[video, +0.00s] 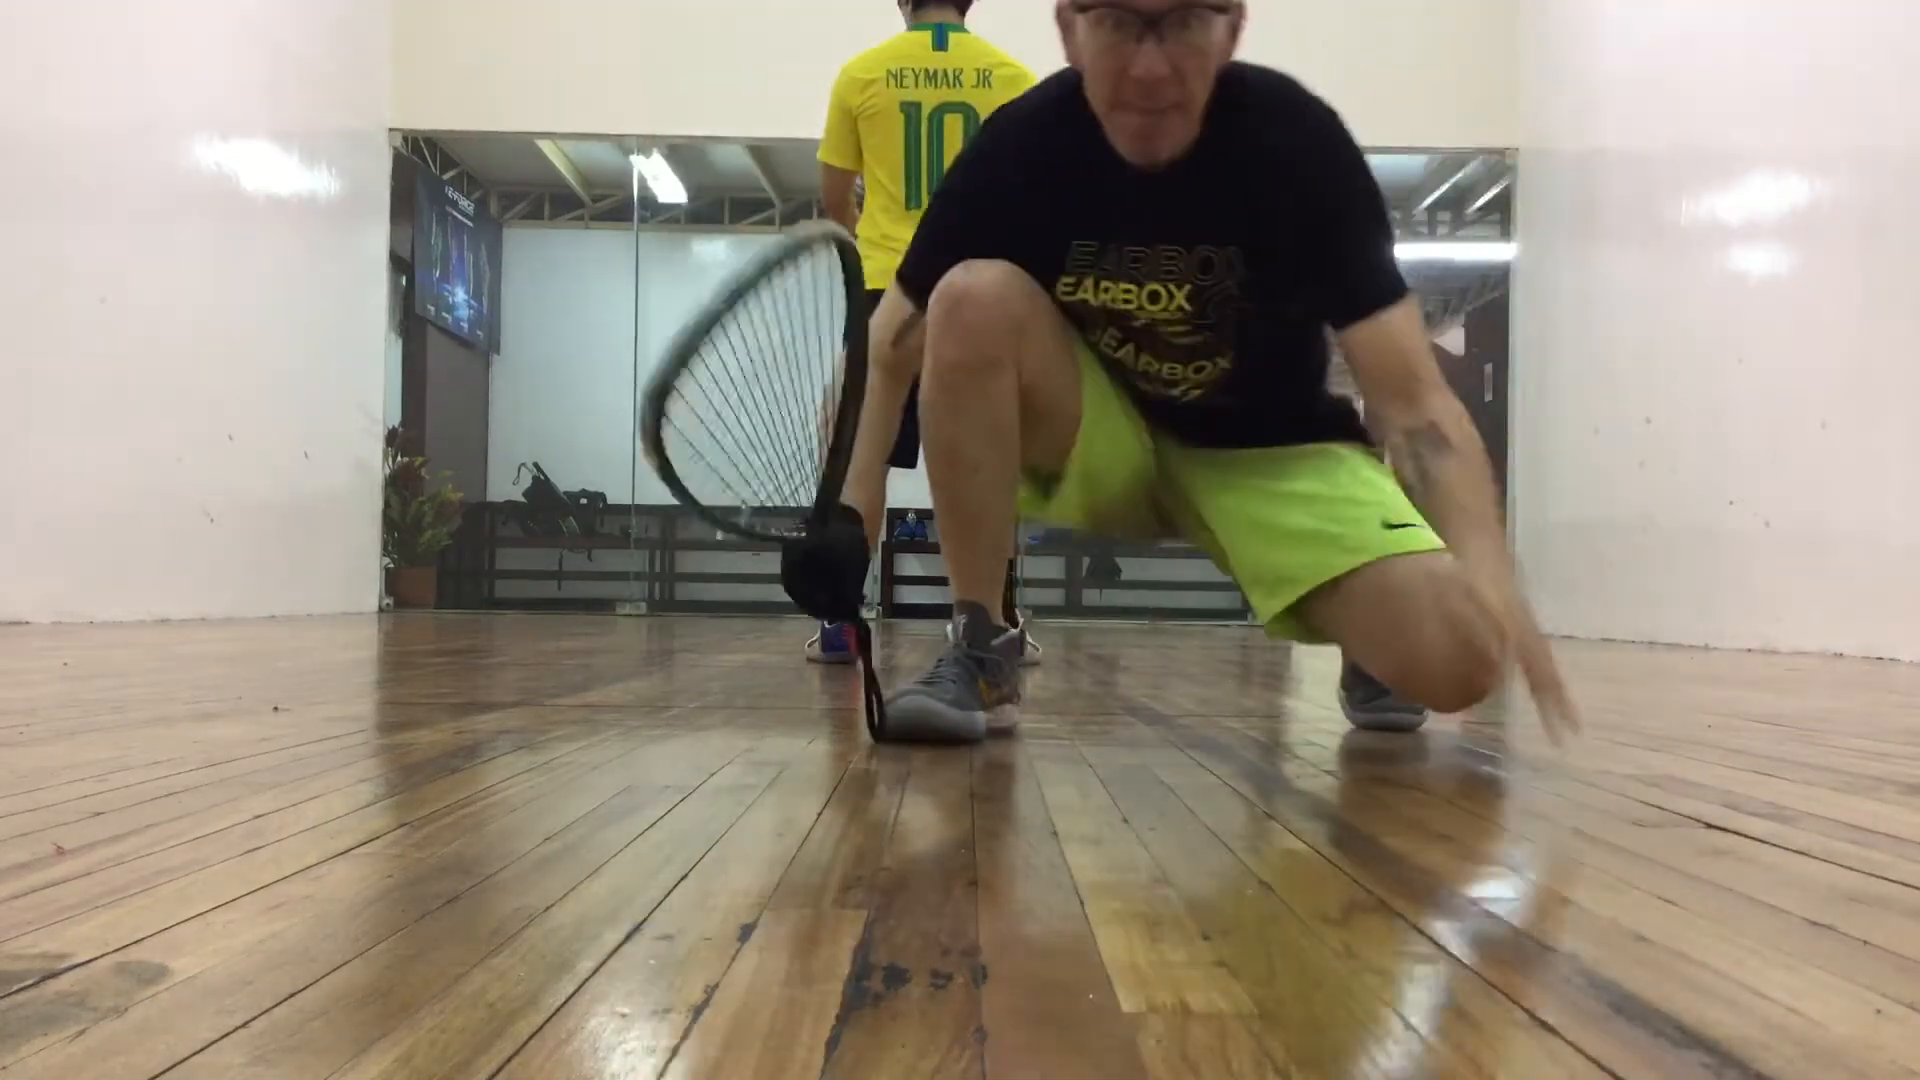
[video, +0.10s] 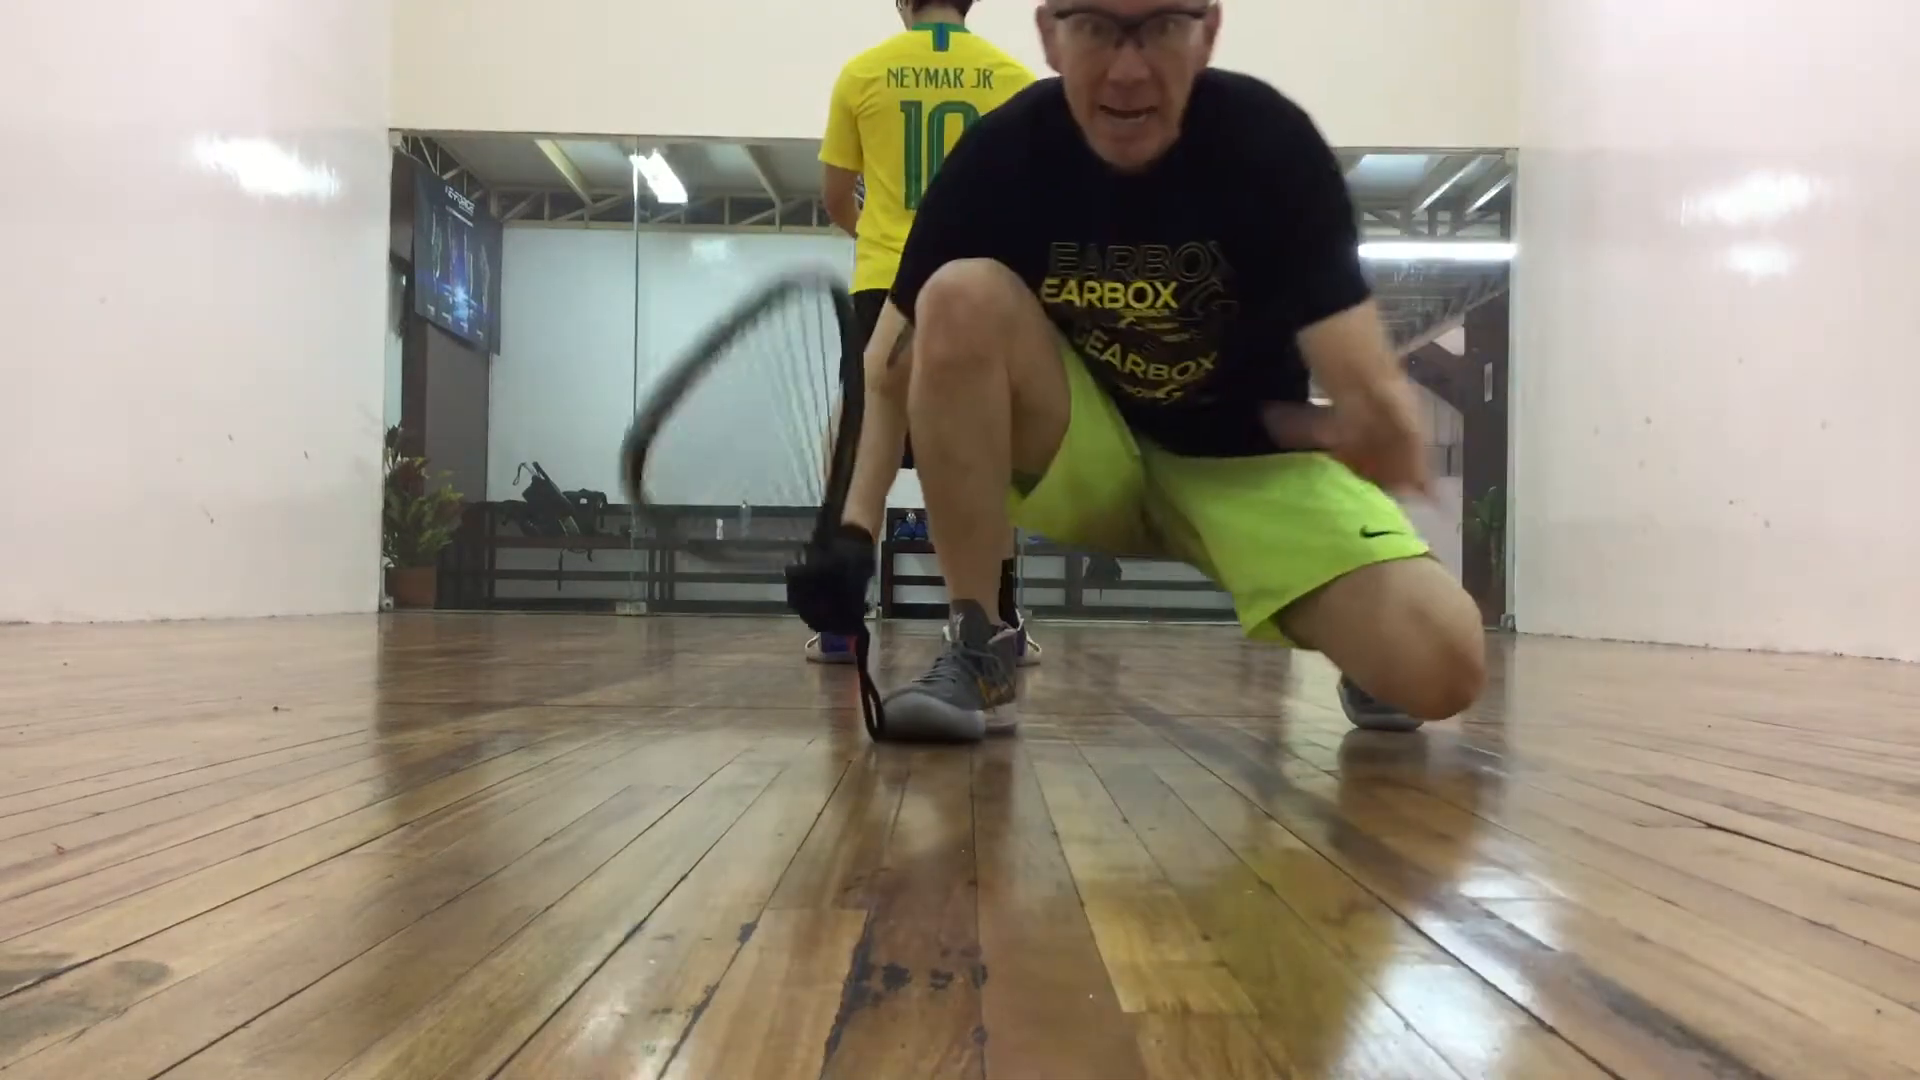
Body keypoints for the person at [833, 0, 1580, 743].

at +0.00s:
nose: (1153, 68)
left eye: (1183, 30)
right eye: (1125, 29)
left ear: (1231, 28)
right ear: (1070, 26)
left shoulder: (1296, 141)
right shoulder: (1018, 148)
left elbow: (1416, 404)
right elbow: (898, 336)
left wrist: (1502, 597)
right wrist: (858, 514)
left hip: (1273, 457)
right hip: (1103, 436)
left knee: (1454, 669)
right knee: (973, 300)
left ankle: (1367, 630)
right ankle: (980, 645)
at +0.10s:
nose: (1128, 67)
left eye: (1161, 29)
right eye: (1099, 30)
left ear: (1208, 32)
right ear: (1049, 36)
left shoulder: (1267, 140)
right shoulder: (998, 155)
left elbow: (1365, 386)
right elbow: (891, 368)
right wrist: (853, 534)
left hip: (1252, 465)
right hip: (1085, 452)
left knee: (1443, 674)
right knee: (962, 298)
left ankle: (1369, 654)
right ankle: (977, 642)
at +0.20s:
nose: (1111, 76)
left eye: (1143, 39)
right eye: (1081, 39)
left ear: (1192, 36)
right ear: (1032, 38)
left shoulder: (1249, 146)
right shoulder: (984, 163)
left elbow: (1335, 385)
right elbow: (894, 373)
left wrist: (1332, 428)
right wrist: (862, 540)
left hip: (1246, 480)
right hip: (1079, 470)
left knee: (1430, 679)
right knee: (958, 297)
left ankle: (1369, 661)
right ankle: (974, 646)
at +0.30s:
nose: (1095, 87)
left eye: (1127, 48)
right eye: (1064, 48)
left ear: (1171, 53)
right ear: (1018, 53)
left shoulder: (1235, 157)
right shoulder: (966, 181)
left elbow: (1326, 400)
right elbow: (904, 384)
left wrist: (1300, 435)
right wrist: (867, 541)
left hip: (1242, 490)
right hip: (1075, 478)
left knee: (1419, 702)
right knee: (947, 297)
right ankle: (976, 642)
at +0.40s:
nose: (1082, 91)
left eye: (1114, 54)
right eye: (1049, 55)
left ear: (1158, 58)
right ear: (1005, 62)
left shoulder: (1226, 167)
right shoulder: (960, 192)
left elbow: (1311, 402)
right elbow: (911, 391)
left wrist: (1286, 458)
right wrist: (867, 542)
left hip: (1231, 501)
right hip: (1068, 490)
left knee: (1417, 710)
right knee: (942, 295)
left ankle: (1355, 555)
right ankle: (975, 643)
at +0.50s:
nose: (1081, 91)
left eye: (1111, 54)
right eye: (1049, 54)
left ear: (1156, 57)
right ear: (1004, 58)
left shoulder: (1220, 173)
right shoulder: (954, 193)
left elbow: (1297, 398)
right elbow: (901, 392)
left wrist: (1283, 469)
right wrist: (861, 554)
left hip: (1224, 503)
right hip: (1060, 493)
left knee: (1419, 710)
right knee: (938, 297)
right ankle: (972, 642)